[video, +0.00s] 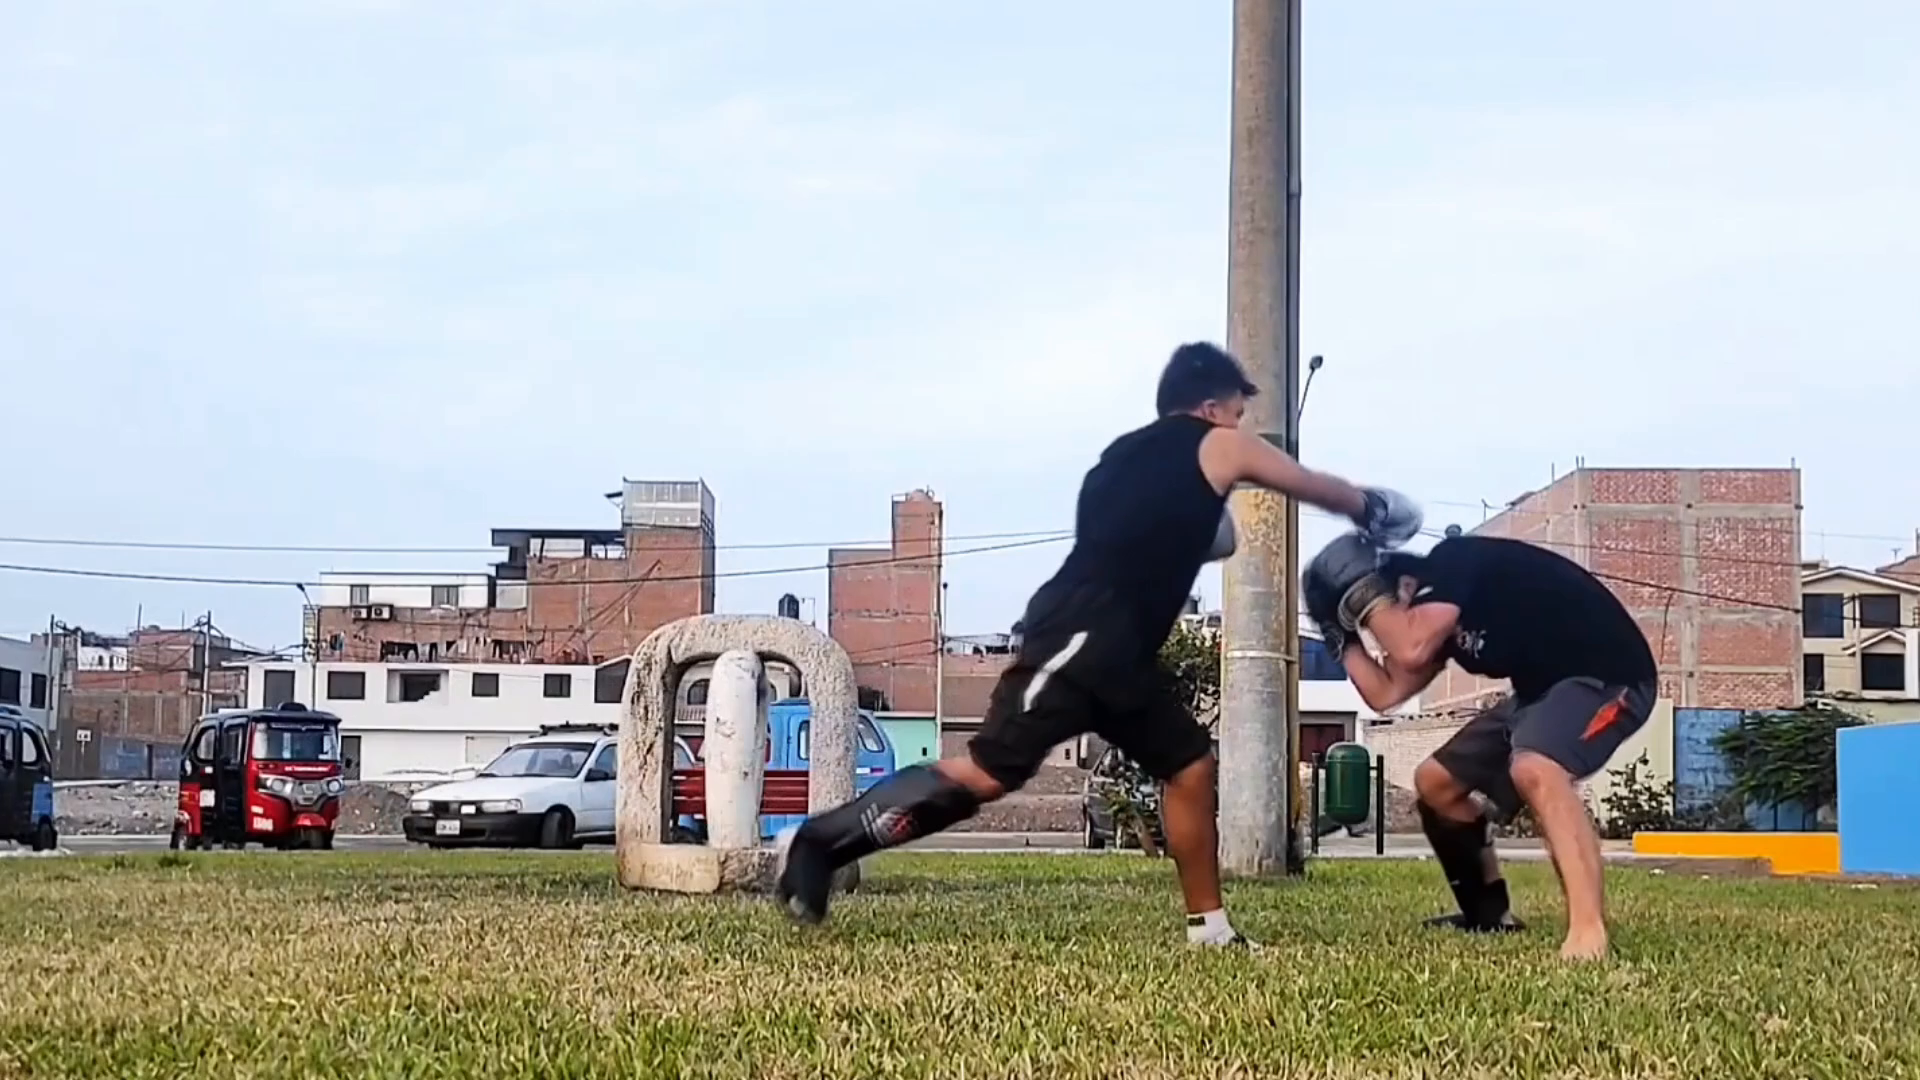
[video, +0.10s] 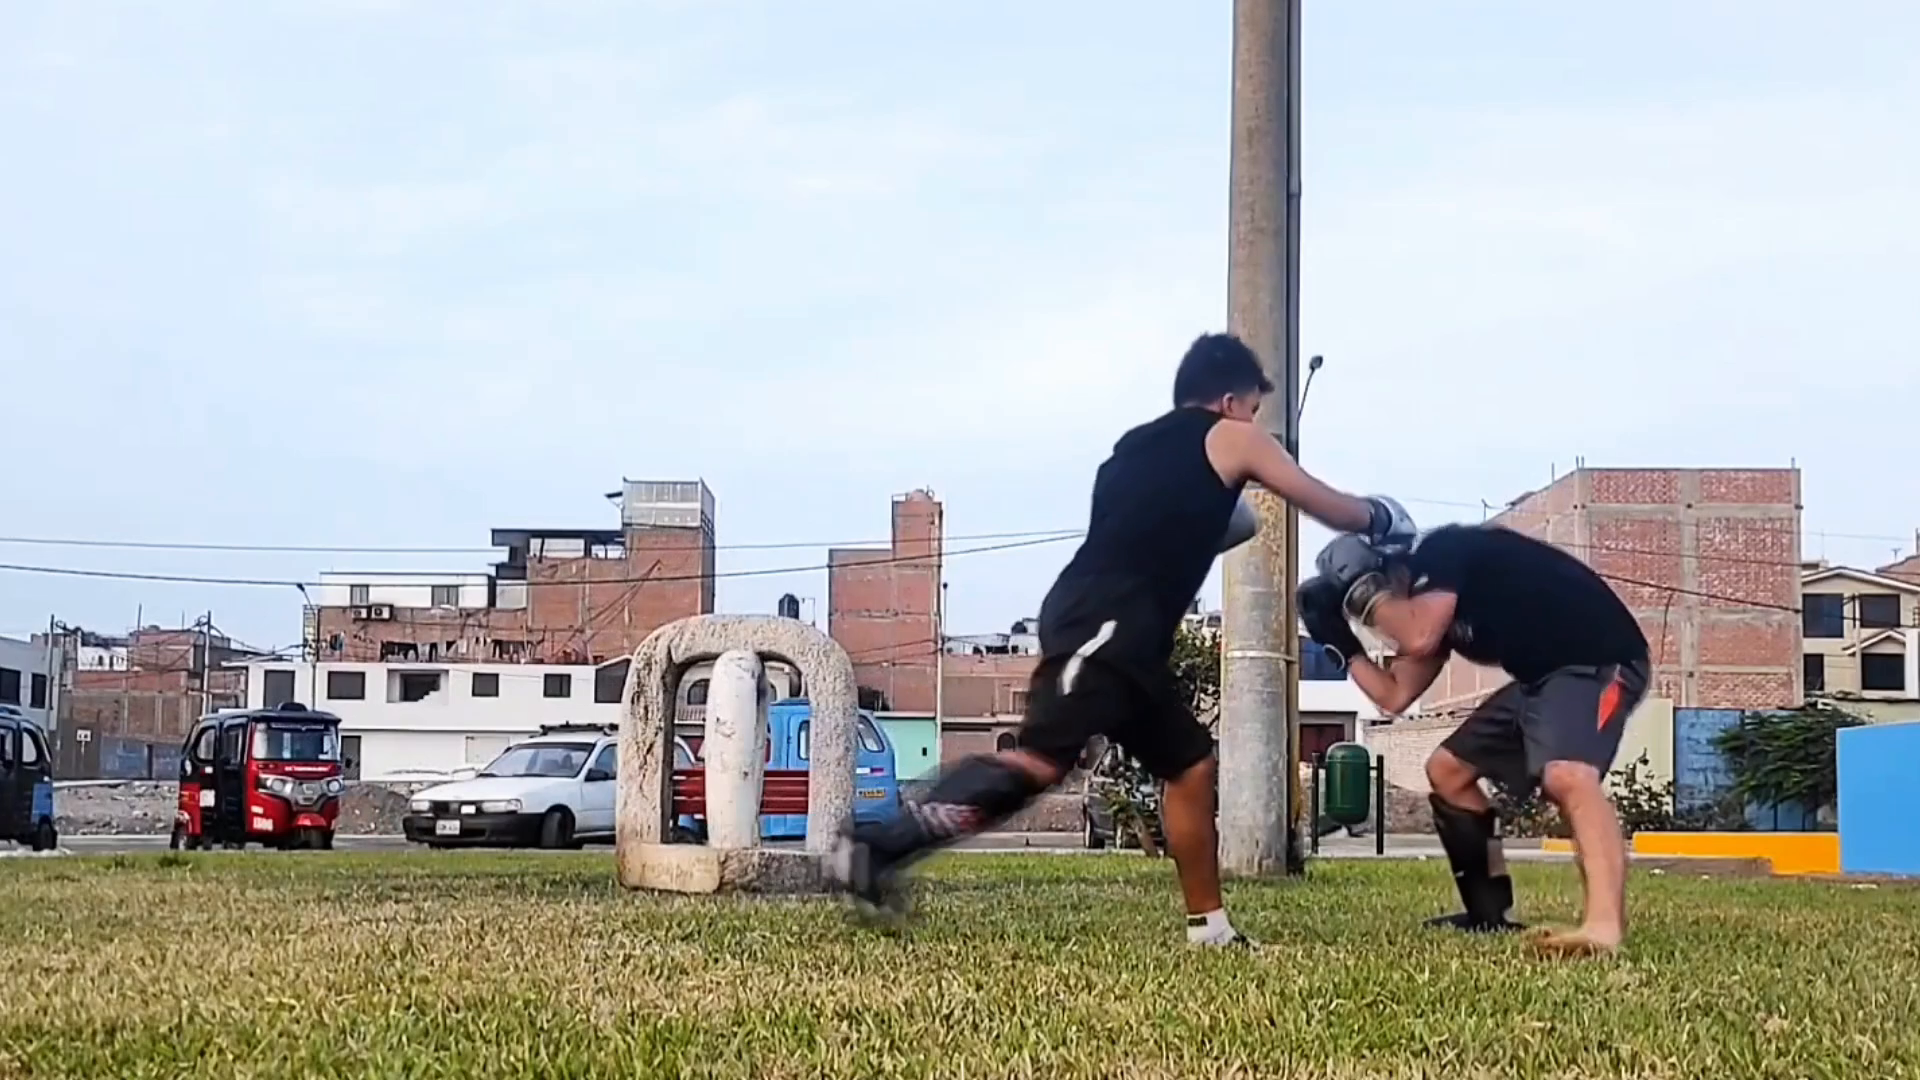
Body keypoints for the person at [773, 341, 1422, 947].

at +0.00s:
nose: (1248, 424)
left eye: (1247, 413)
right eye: (1243, 411)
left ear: (1182, 405)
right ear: (1213, 405)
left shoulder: (1125, 455)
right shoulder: (1217, 445)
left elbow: (1142, 531)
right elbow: (1323, 491)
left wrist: (1214, 536)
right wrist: (1373, 504)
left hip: (1110, 651)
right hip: (1083, 639)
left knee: (1189, 764)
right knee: (986, 773)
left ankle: (1211, 927)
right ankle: (823, 844)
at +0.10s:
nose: (1260, 416)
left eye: (1260, 405)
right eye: (1257, 403)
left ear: (1193, 393)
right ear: (1229, 398)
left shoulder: (1133, 447)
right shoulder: (1232, 440)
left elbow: (1159, 535)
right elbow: (1339, 511)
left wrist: (1234, 524)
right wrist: (1379, 514)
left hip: (1080, 621)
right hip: (1115, 626)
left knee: (1190, 764)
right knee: (1040, 760)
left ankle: (1210, 928)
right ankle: (887, 841)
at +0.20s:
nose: (1261, 404)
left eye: (1263, 390)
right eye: (1259, 389)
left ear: (1195, 382)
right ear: (1235, 388)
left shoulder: (1153, 436)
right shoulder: (1228, 432)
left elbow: (1197, 546)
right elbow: (1302, 525)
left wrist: (1276, 521)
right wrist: (1349, 508)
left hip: (1091, 613)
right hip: (1126, 617)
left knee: (1199, 763)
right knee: (1098, 758)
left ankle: (1209, 925)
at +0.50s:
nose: (1240, 340)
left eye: (1240, 326)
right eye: (1238, 324)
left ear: (1180, 322)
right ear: (1211, 323)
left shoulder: (1156, 386)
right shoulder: (1172, 384)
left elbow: (1227, 492)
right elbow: (1247, 490)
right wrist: (1263, 419)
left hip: (1151, 605)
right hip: (1138, 606)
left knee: (1210, 755)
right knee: (1169, 771)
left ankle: (1204, 920)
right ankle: (1101, 944)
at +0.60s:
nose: (1235, 319)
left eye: (1237, 305)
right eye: (1234, 302)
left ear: (1180, 294)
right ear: (1207, 294)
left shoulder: (1168, 358)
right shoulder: (1161, 351)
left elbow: (1206, 455)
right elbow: (1217, 460)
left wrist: (1237, 404)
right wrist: (1257, 409)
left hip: (1159, 574)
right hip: (1128, 570)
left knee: (1203, 739)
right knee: (1159, 741)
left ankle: (1121, 922)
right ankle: (1104, 933)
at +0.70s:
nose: (1228, 326)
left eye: (1231, 313)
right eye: (1227, 310)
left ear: (1169, 303)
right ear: (1199, 303)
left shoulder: (1156, 366)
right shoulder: (1148, 362)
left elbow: (1191, 459)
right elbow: (1198, 474)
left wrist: (1231, 399)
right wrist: (1247, 419)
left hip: (1151, 589)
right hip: (1121, 587)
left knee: (1208, 741)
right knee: (1178, 733)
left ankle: (1129, 921)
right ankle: (1098, 924)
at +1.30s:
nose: (1099, 417)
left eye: (1098, 402)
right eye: (1096, 402)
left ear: (1032, 397)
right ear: (1072, 399)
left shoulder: (981, 462)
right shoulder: (1071, 443)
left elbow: (1003, 542)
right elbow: (1121, 547)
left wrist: (1080, 489)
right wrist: (1124, 498)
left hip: (968, 638)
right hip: (1044, 624)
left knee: (1024, 768)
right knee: (1116, 776)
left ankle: (1015, 916)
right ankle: (1134, 929)